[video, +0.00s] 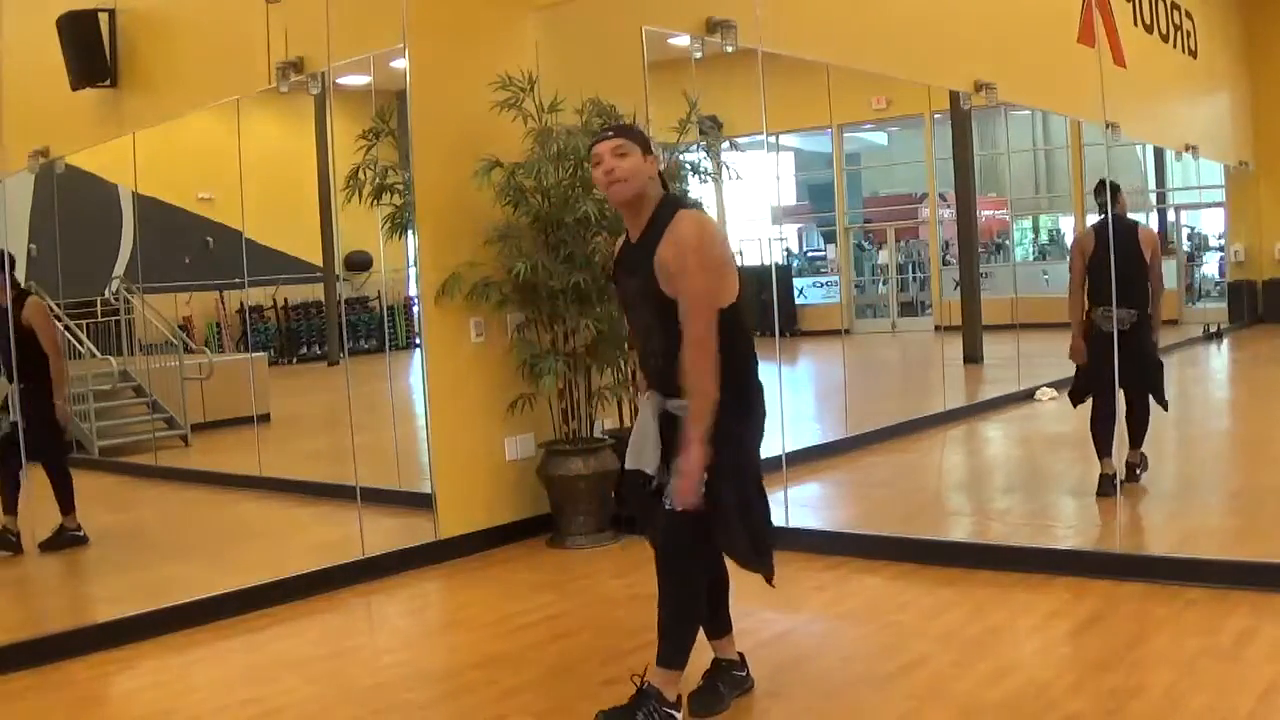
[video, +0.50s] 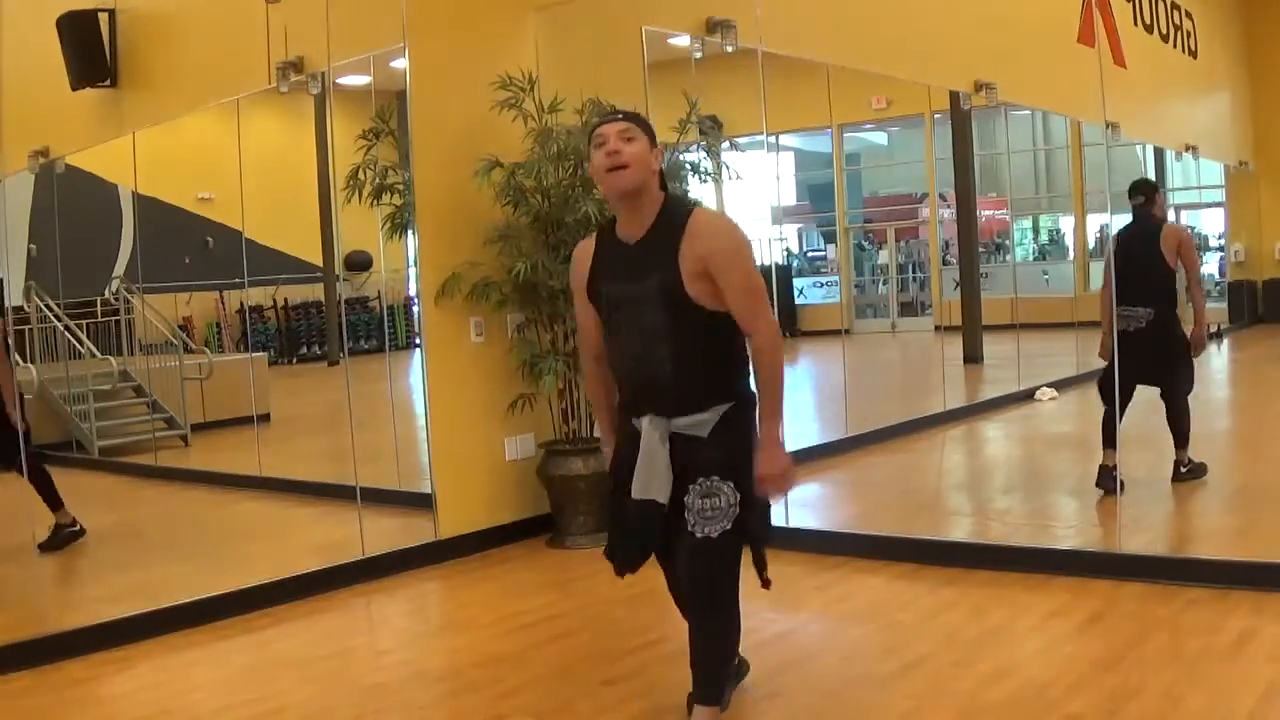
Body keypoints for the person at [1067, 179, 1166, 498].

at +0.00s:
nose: (1126, 201)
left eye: (1119, 197)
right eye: (1123, 197)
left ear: (1096, 205)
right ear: (1121, 200)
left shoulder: (1084, 239)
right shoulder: (1146, 236)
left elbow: (1076, 291)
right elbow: (1157, 286)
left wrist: (1076, 336)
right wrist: (1155, 328)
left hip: (1099, 333)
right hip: (1137, 332)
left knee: (1102, 400)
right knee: (1137, 396)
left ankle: (1107, 470)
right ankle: (1134, 459)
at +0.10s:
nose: (1123, 204)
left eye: (1117, 199)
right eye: (1123, 198)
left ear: (1097, 204)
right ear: (1123, 200)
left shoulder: (1085, 241)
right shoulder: (1149, 235)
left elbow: (1076, 289)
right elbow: (1168, 282)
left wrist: (1076, 332)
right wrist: (1172, 323)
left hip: (1100, 333)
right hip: (1139, 333)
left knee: (1102, 399)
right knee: (1145, 394)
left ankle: (1106, 471)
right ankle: (1143, 456)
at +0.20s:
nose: (1129, 203)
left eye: (1123, 199)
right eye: (1128, 198)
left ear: (1103, 204)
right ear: (1127, 200)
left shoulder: (1088, 239)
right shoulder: (1151, 233)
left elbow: (1079, 287)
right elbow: (1178, 271)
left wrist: (1078, 330)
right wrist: (1186, 314)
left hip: (1102, 333)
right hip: (1142, 333)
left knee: (1103, 399)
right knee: (1154, 393)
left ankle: (1107, 472)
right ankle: (1158, 457)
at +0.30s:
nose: (1138, 204)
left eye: (1130, 200)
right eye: (1137, 200)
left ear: (1109, 205)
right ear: (1134, 202)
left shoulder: (1095, 240)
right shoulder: (1158, 234)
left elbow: (1084, 287)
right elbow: (1184, 270)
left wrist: (1083, 329)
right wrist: (1194, 308)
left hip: (1107, 334)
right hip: (1147, 334)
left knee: (1105, 401)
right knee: (1162, 395)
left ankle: (1107, 474)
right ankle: (1174, 459)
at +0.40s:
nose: (1151, 205)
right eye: (1149, 200)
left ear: (1118, 205)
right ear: (1145, 202)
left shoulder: (1105, 238)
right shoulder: (1164, 233)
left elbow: (1094, 287)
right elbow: (1187, 271)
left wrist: (1093, 330)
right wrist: (1197, 310)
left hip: (1115, 335)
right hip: (1153, 335)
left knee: (1109, 403)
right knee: (1167, 398)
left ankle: (1107, 474)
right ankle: (1180, 462)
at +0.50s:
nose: (1166, 204)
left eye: (1163, 199)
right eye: (1163, 199)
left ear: (1134, 204)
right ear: (1156, 201)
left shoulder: (1117, 240)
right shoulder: (1176, 234)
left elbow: (1107, 290)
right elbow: (1194, 284)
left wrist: (1106, 335)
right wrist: (1199, 326)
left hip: (1125, 336)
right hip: (1163, 335)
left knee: (1114, 402)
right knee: (1176, 397)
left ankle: (1107, 468)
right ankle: (1182, 462)